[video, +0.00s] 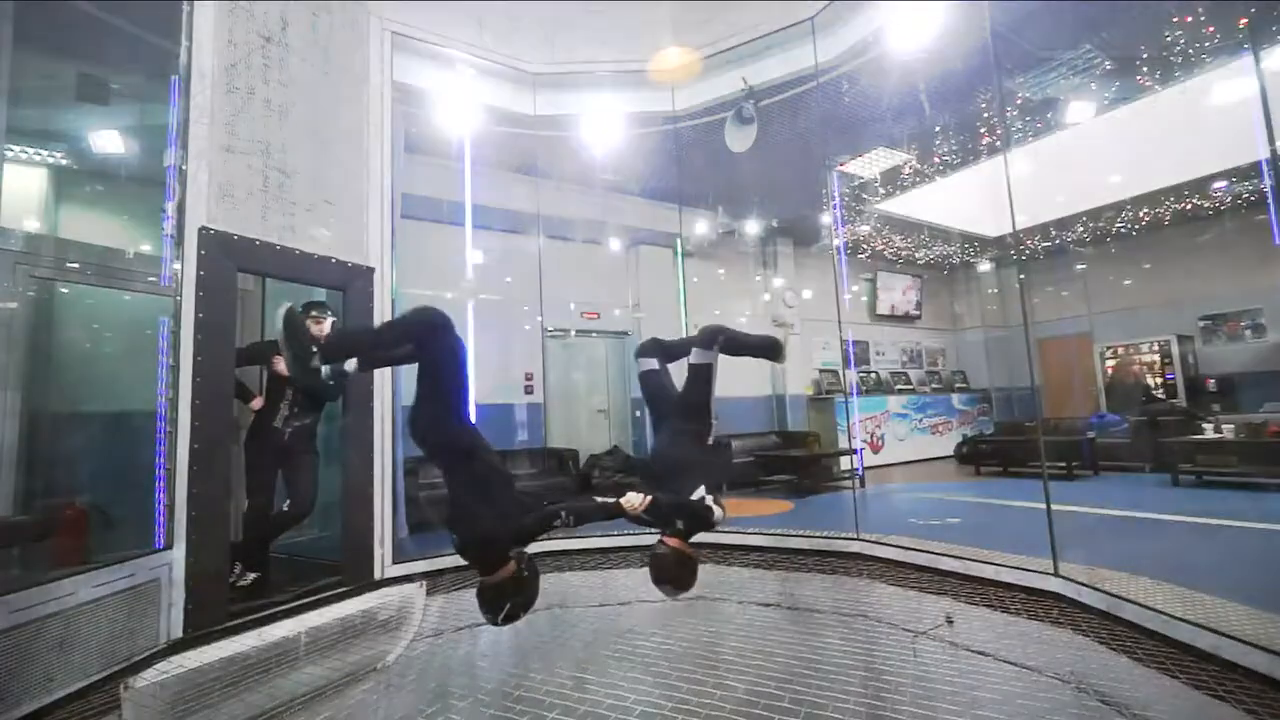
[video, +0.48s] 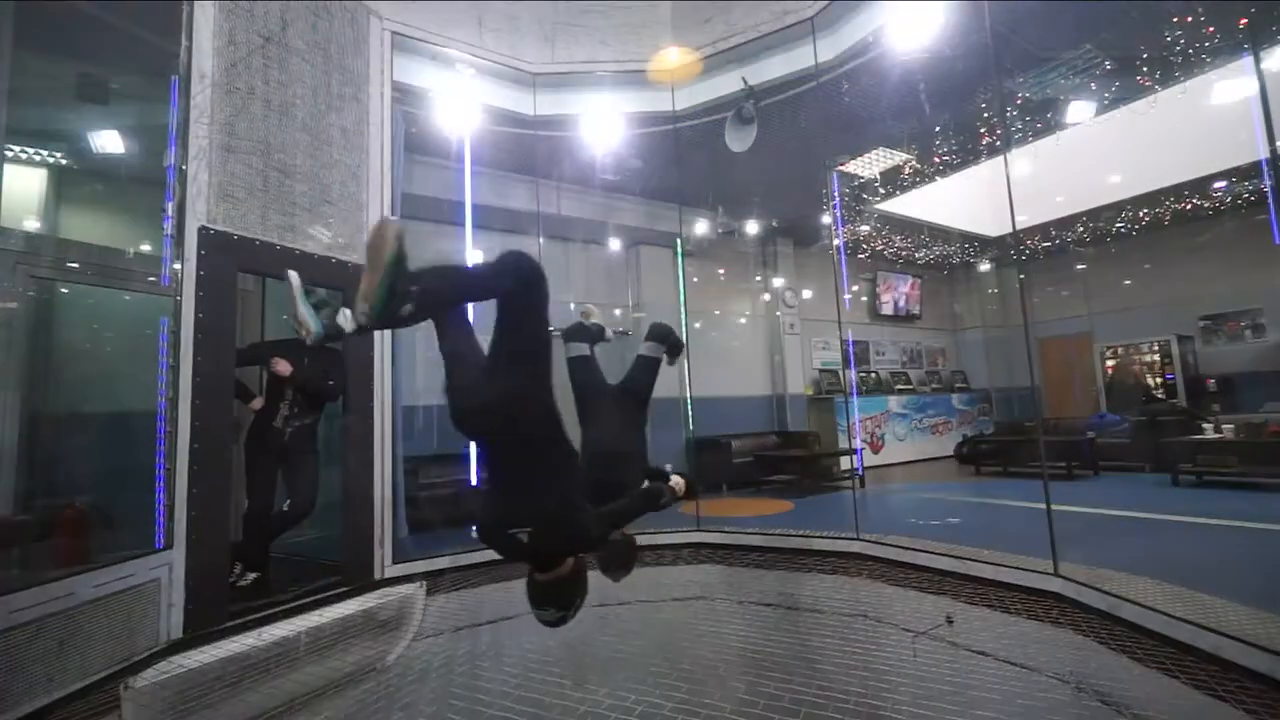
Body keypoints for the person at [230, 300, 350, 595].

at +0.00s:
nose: (322, 328)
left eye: (326, 322)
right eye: (316, 322)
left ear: (331, 326)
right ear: (302, 323)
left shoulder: (332, 359)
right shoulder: (275, 349)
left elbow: (330, 393)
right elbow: (222, 360)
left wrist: (290, 374)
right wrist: (249, 397)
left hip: (301, 444)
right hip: (264, 440)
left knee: (302, 506)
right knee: (259, 506)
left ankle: (243, 552)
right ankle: (254, 570)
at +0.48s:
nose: (305, 325)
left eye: (314, 320)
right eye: (305, 319)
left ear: (327, 330)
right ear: (303, 325)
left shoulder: (332, 359)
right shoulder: (279, 349)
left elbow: (333, 391)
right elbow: (225, 361)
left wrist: (293, 374)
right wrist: (249, 397)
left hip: (301, 441)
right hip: (264, 436)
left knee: (302, 506)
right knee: (260, 506)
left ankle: (240, 554)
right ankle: (255, 570)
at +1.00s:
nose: (322, 325)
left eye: (327, 321)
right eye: (315, 319)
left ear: (332, 327)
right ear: (301, 323)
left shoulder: (334, 357)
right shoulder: (280, 348)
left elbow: (333, 392)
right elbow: (224, 360)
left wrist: (293, 373)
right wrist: (249, 397)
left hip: (302, 440)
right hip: (265, 435)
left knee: (303, 504)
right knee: (260, 504)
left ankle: (242, 553)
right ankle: (254, 570)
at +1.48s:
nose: (322, 325)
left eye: (327, 321)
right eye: (315, 319)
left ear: (333, 327)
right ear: (301, 322)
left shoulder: (334, 357)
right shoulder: (280, 348)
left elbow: (332, 392)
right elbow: (224, 360)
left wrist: (293, 373)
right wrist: (249, 397)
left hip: (302, 441)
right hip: (264, 436)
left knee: (302, 504)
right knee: (259, 504)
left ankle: (242, 553)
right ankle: (254, 570)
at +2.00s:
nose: (321, 324)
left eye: (326, 320)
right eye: (315, 319)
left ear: (330, 326)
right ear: (300, 323)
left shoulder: (335, 358)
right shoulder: (279, 348)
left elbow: (332, 392)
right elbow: (224, 361)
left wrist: (293, 373)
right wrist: (250, 398)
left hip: (302, 442)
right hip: (264, 437)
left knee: (302, 505)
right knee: (260, 505)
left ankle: (242, 553)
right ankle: (254, 570)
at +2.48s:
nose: (322, 324)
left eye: (326, 320)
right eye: (315, 319)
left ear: (331, 326)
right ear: (300, 323)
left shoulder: (334, 357)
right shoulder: (279, 349)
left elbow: (333, 393)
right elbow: (223, 361)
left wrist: (292, 373)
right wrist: (249, 397)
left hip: (302, 442)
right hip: (264, 437)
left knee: (303, 504)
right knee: (260, 504)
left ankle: (243, 553)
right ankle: (254, 570)